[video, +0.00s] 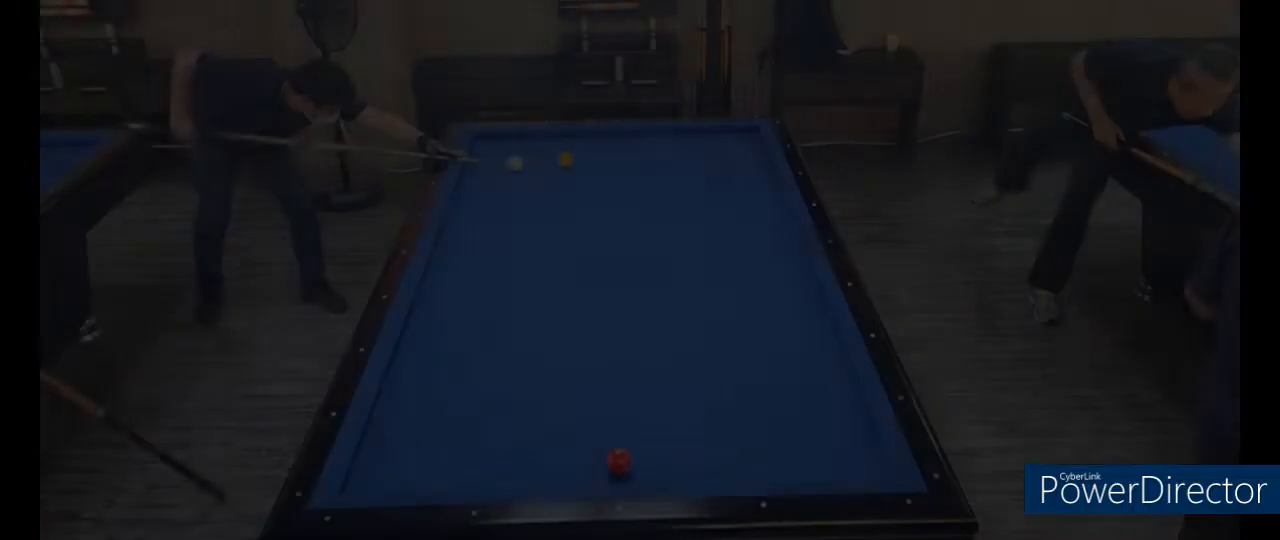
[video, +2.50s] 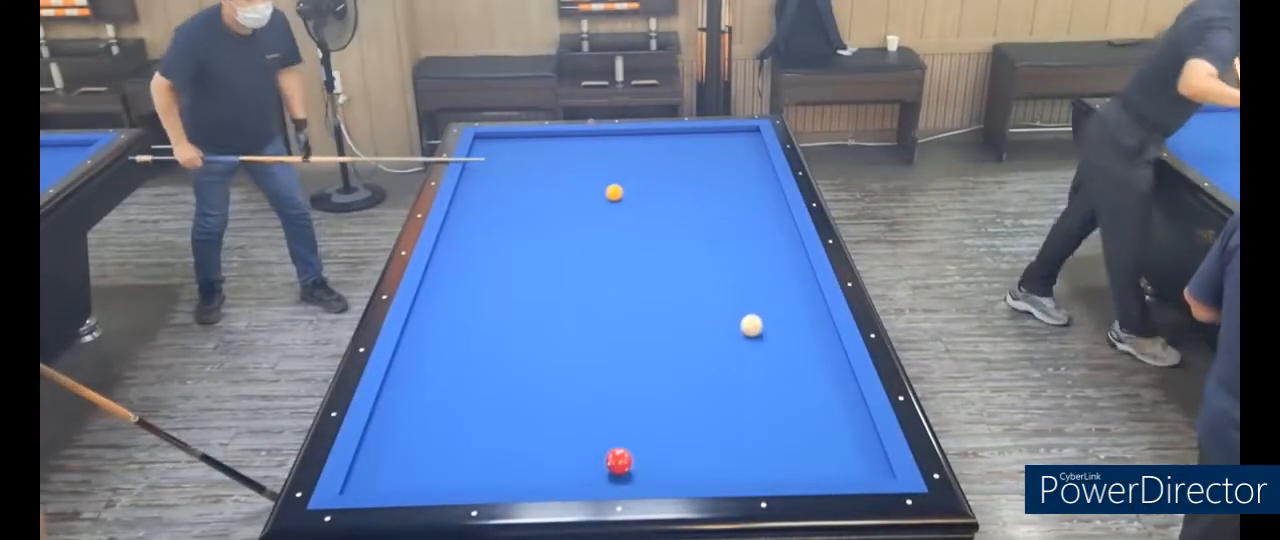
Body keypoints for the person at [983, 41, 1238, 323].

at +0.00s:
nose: (1206, 112)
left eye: (1214, 105)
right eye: (1201, 103)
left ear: (1225, 95)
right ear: (1178, 83)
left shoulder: (1223, 110)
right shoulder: (1143, 67)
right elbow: (1081, 63)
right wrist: (1099, 118)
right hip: (1101, 136)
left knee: (1169, 204)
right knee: (1078, 203)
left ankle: (1162, 288)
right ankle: (1044, 286)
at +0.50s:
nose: (1208, 114)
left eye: (1214, 106)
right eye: (1202, 106)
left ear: (1223, 94)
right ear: (1175, 86)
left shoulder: (1222, 104)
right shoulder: (1138, 63)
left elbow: (1233, 152)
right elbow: (1078, 64)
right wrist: (1099, 119)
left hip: (1142, 146)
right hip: (1096, 133)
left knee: (1166, 201)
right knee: (1079, 202)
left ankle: (1159, 284)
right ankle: (1044, 287)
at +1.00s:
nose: (1212, 114)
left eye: (1218, 105)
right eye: (1206, 104)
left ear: (1226, 96)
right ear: (1177, 86)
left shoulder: (1223, 106)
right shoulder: (1134, 65)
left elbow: (1236, 155)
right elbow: (1076, 68)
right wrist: (1102, 123)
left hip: (1120, 133)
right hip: (1072, 110)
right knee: (1034, 144)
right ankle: (1002, 180)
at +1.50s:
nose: (1227, 105)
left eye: (1233, 98)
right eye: (1225, 94)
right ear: (1196, 76)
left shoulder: (1215, 105)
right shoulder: (1146, 60)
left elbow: (1238, 139)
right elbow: (1069, 67)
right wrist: (1071, 123)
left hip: (1112, 133)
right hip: (1076, 103)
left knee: (1081, 209)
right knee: (1027, 117)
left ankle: (1044, 287)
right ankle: (999, 129)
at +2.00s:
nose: (1243, 63)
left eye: (1245, 54)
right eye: (1244, 52)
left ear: (1236, 42)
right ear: (1235, 39)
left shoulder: (1220, 69)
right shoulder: (1181, 41)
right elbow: (1118, 78)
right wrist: (1178, 115)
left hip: (1117, 131)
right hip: (1081, 101)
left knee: (1085, 208)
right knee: (1031, 142)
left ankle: (1046, 286)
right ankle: (991, 179)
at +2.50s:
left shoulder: (1214, 9)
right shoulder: (1222, 26)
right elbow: (1193, 84)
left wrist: (1230, 79)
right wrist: (1239, 97)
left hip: (1116, 127)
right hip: (1126, 142)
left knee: (1079, 217)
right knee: (1125, 240)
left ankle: (1032, 288)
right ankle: (1132, 329)